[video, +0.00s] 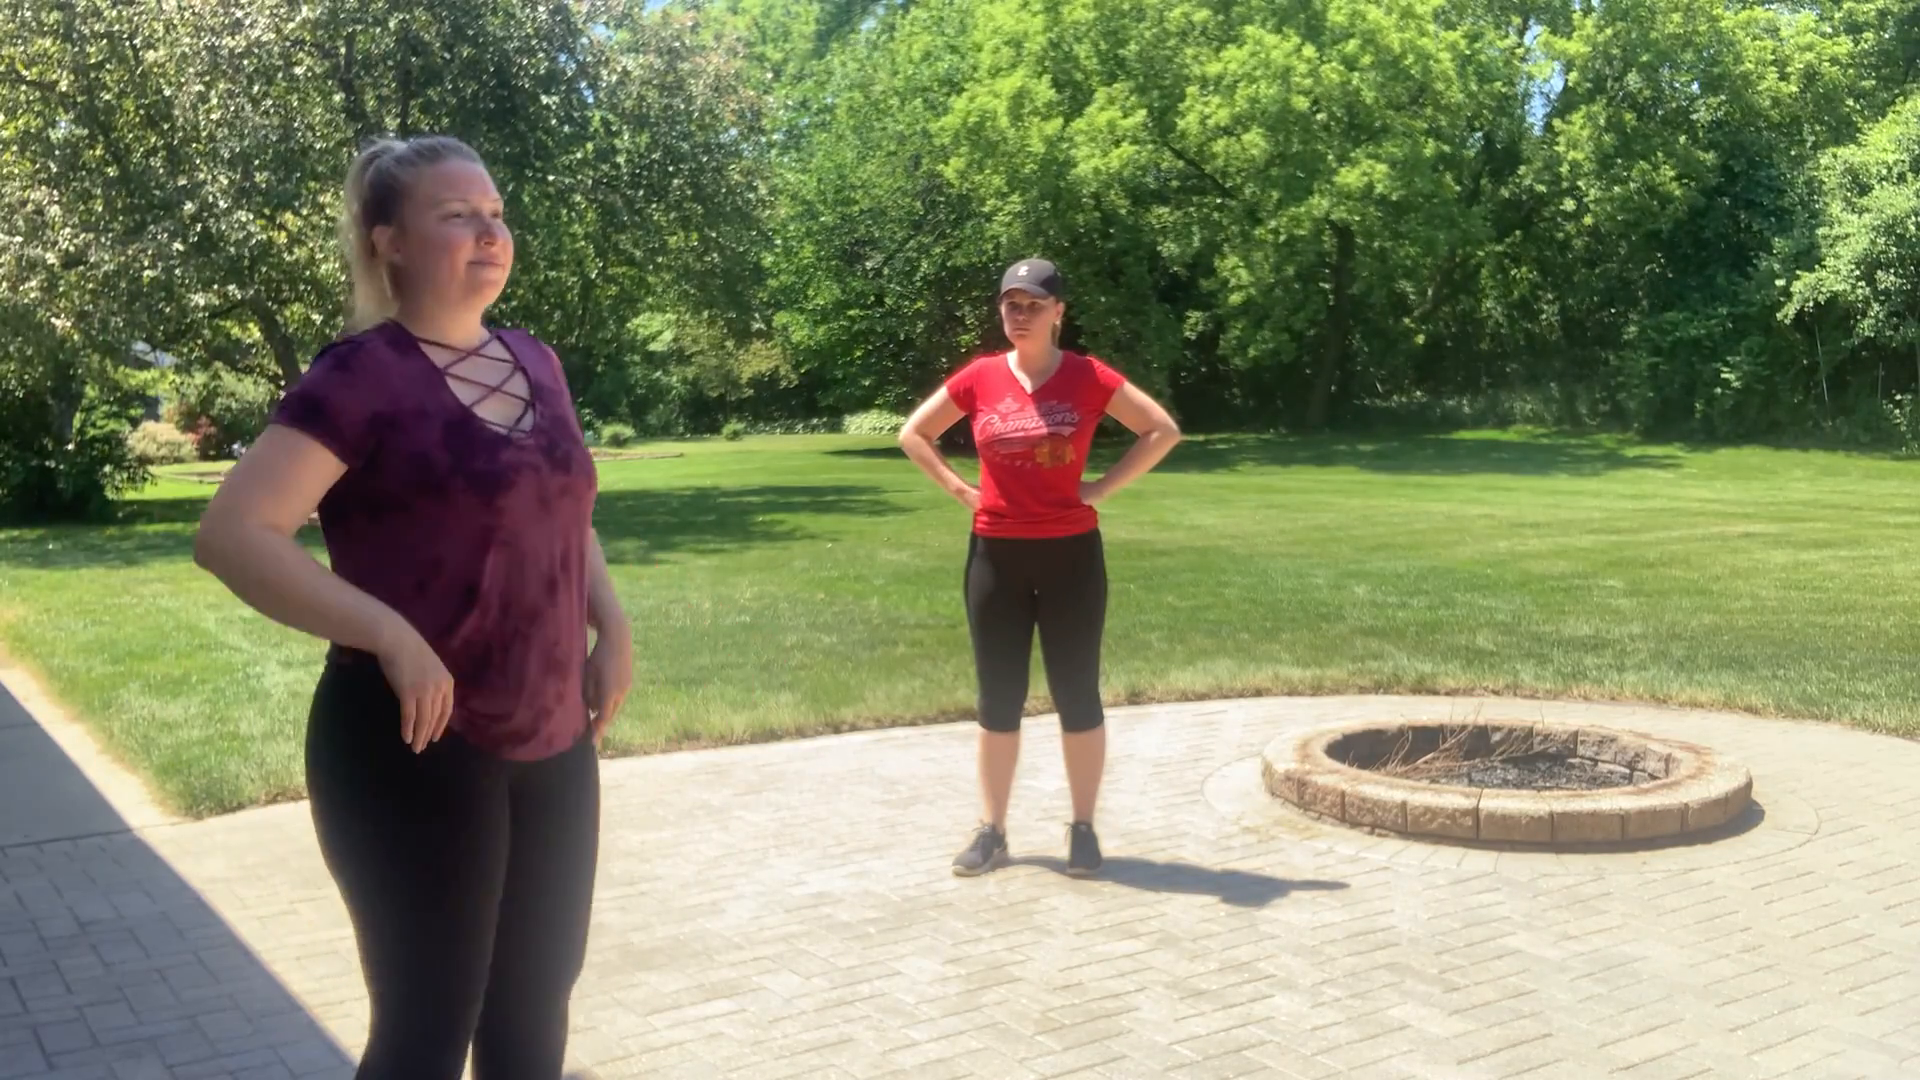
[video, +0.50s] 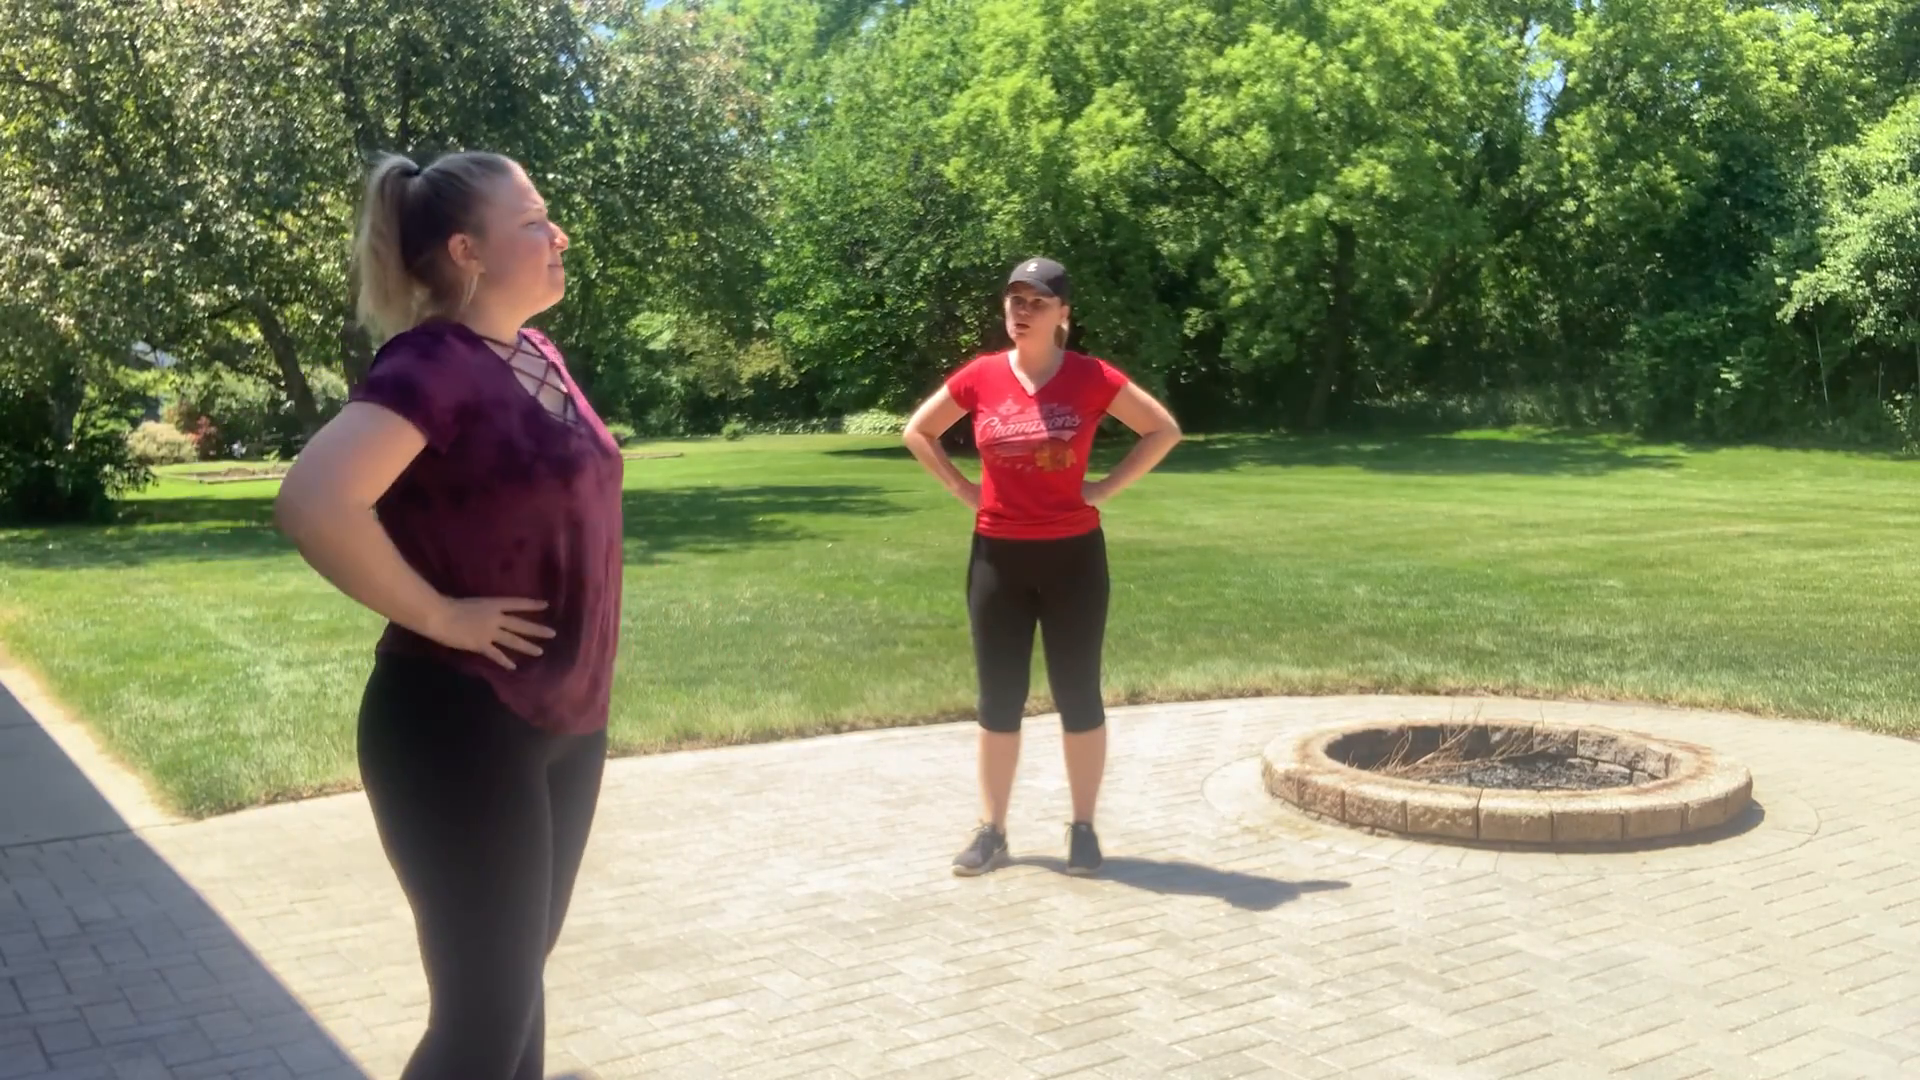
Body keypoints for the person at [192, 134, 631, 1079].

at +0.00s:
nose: (491, 238)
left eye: (498, 218)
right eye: (458, 220)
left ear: (510, 235)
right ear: (387, 244)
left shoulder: (537, 362)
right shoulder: (360, 376)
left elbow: (563, 519)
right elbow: (230, 534)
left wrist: (613, 622)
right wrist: (388, 629)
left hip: (552, 730)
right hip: (414, 738)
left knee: (530, 1035)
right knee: (424, 1041)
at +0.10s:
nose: (507, 235)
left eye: (510, 218)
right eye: (476, 219)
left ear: (519, 235)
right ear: (405, 247)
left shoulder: (540, 357)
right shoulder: (377, 369)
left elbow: (579, 492)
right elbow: (220, 496)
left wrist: (612, 574)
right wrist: (380, 591)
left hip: (562, 715)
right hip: (432, 724)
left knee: (523, 1007)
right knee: (443, 1023)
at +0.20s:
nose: (527, 236)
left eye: (522, 218)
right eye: (495, 222)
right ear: (422, 251)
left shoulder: (541, 354)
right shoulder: (390, 367)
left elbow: (574, 487)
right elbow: (221, 469)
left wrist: (581, 605)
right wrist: (381, 570)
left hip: (564, 720)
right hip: (444, 726)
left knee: (513, 998)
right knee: (451, 1024)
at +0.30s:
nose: (540, 231)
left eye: (532, 213)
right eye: (512, 218)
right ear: (441, 250)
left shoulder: (539, 348)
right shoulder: (409, 362)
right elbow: (242, 456)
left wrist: (566, 578)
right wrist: (392, 571)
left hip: (565, 715)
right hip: (454, 720)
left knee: (517, 991)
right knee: (467, 1020)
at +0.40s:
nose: (552, 234)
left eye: (543, 215)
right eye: (525, 221)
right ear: (454, 252)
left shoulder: (537, 350)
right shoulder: (422, 362)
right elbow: (280, 484)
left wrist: (559, 586)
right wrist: (411, 600)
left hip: (566, 716)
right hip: (461, 724)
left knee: (517, 997)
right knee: (480, 1020)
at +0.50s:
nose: (557, 235)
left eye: (547, 217)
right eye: (533, 223)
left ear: (483, 258)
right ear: (464, 257)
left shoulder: (536, 351)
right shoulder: (430, 365)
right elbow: (315, 501)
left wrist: (566, 596)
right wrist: (433, 612)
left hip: (561, 714)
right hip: (461, 725)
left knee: (513, 997)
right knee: (486, 1023)